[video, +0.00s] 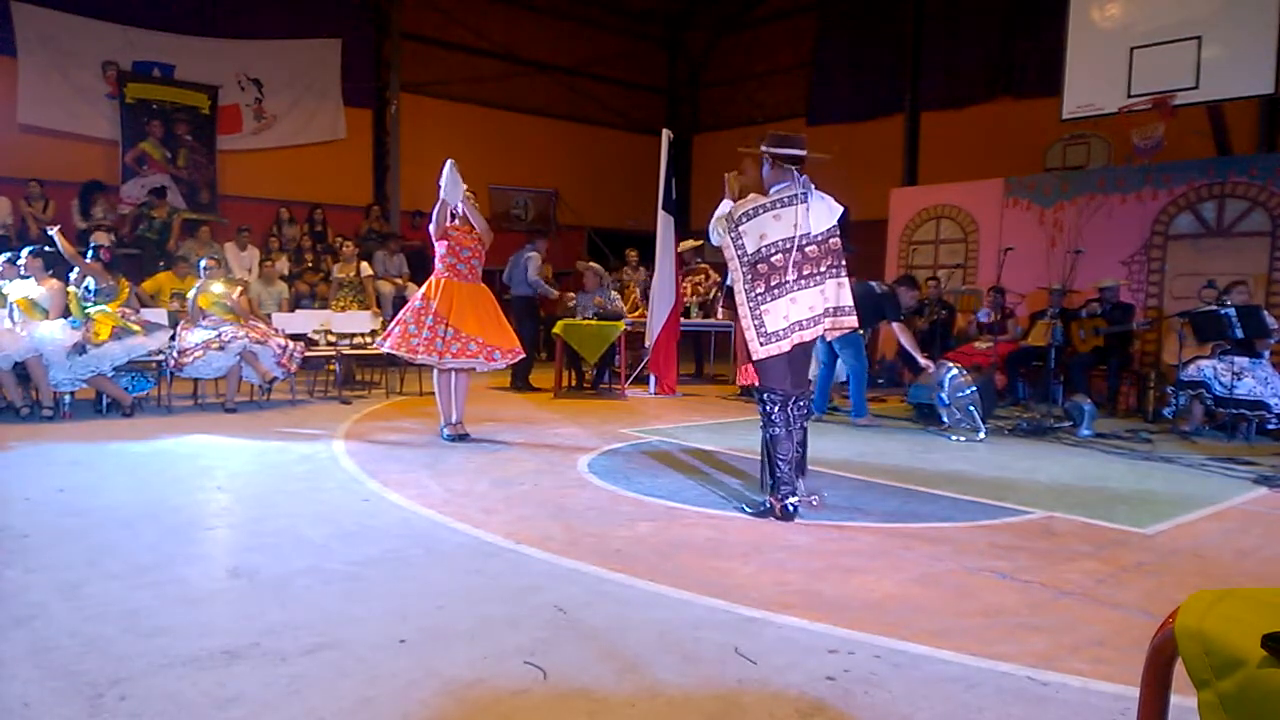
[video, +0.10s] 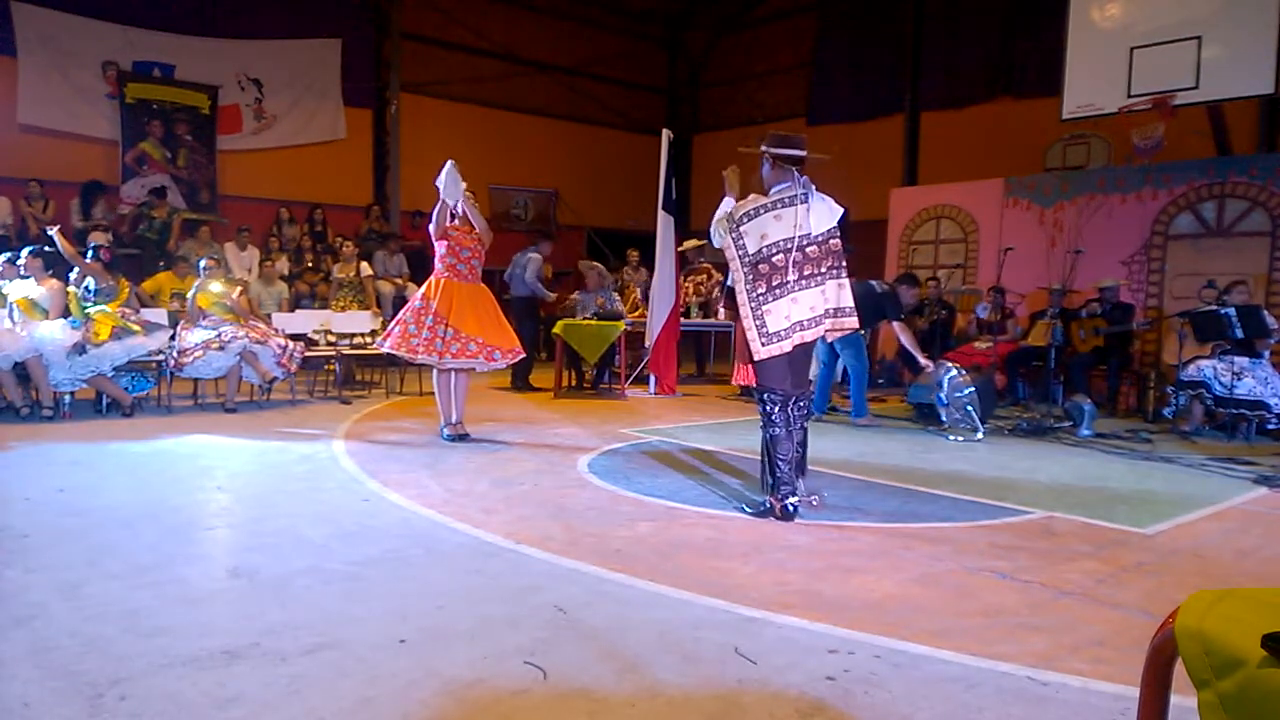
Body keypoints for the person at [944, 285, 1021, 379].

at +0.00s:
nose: (991, 299)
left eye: (995, 297)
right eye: (989, 296)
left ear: (1002, 300)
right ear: (986, 298)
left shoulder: (1008, 313)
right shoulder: (982, 314)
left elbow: (1012, 336)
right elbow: (973, 336)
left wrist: (993, 339)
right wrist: (972, 325)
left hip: (1003, 345)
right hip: (984, 344)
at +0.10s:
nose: (992, 300)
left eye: (996, 297)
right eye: (990, 297)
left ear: (1002, 299)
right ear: (987, 298)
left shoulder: (1008, 313)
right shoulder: (981, 312)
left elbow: (1012, 335)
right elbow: (973, 334)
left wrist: (993, 339)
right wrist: (972, 323)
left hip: (1003, 343)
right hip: (984, 343)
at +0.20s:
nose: (992, 300)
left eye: (995, 297)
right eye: (989, 296)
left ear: (1001, 299)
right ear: (985, 298)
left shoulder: (1008, 313)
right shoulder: (980, 313)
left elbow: (1012, 335)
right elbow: (973, 335)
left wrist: (993, 339)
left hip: (1003, 344)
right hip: (984, 344)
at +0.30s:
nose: (991, 300)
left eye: (995, 297)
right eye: (989, 296)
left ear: (1001, 300)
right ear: (985, 298)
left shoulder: (1008, 313)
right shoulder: (980, 313)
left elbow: (1012, 335)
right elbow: (972, 335)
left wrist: (993, 339)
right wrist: (971, 324)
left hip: (1002, 344)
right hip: (983, 344)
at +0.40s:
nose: (992, 300)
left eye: (996, 297)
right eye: (989, 296)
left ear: (1002, 300)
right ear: (985, 298)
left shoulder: (1008, 313)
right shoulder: (979, 313)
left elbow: (1013, 335)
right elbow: (972, 335)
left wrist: (994, 339)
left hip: (1003, 344)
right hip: (983, 345)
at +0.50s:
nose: (992, 300)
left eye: (996, 297)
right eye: (990, 296)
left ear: (1002, 299)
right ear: (986, 298)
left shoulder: (1008, 314)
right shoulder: (981, 313)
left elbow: (1012, 335)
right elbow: (973, 334)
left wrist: (994, 339)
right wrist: (971, 324)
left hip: (1002, 344)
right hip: (983, 343)